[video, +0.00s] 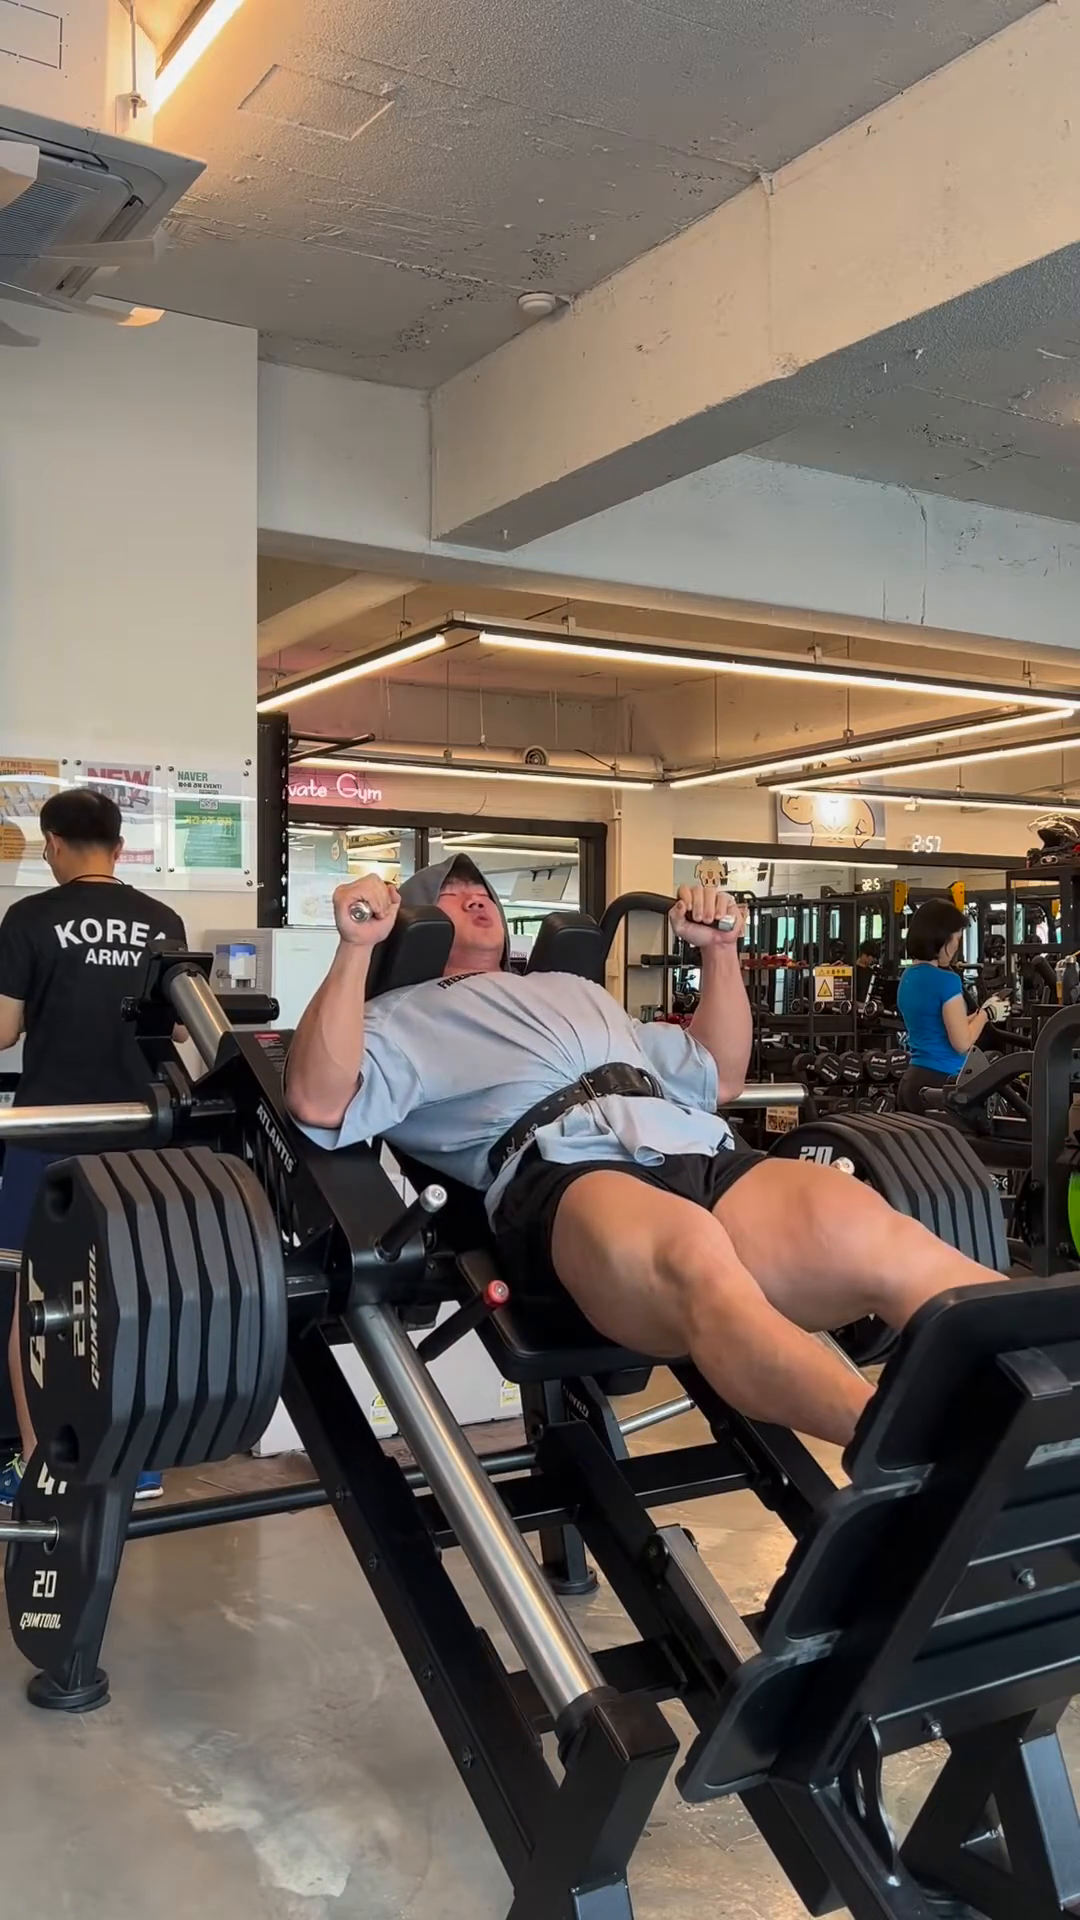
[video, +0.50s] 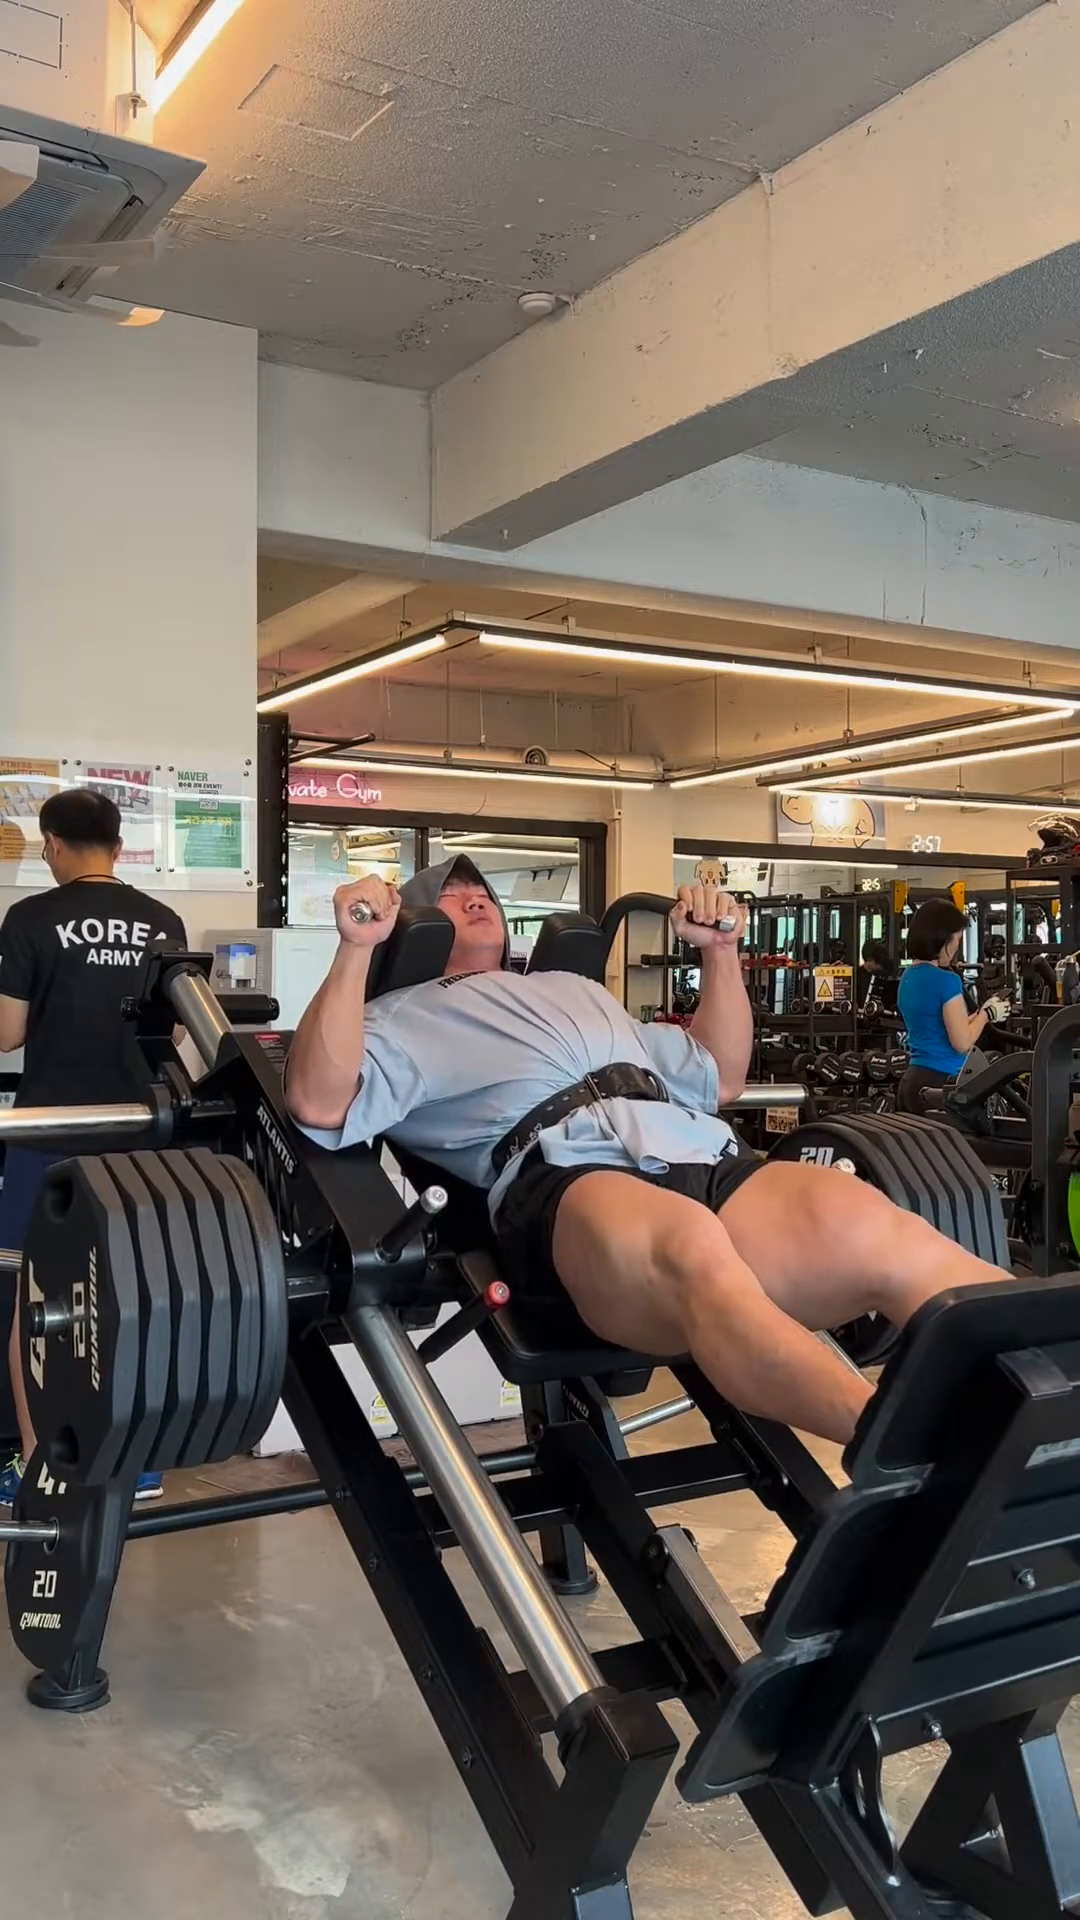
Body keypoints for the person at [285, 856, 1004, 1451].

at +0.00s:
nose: (480, 897)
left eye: (486, 891)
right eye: (457, 891)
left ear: (504, 920)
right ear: (419, 927)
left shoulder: (576, 990)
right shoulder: (405, 1017)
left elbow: (716, 1075)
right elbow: (317, 1103)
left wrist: (720, 955)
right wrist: (353, 953)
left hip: (697, 1153)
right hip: (564, 1174)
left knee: (862, 1223)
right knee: (699, 1268)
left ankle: (1052, 1347)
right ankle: (896, 1434)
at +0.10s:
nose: (476, 901)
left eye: (483, 894)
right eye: (454, 895)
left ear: (505, 921)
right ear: (421, 930)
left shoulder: (576, 991)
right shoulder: (405, 1017)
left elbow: (716, 1076)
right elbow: (317, 1102)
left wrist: (720, 954)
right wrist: (352, 952)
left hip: (696, 1151)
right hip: (565, 1171)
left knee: (859, 1221)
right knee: (700, 1270)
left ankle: (1052, 1350)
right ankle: (895, 1436)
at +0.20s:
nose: (474, 901)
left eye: (483, 894)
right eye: (453, 896)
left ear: (506, 921)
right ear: (420, 931)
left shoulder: (576, 990)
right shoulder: (405, 1017)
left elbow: (716, 1076)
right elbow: (317, 1102)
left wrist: (720, 955)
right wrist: (352, 952)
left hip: (694, 1151)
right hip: (563, 1170)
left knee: (859, 1221)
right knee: (700, 1268)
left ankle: (1053, 1348)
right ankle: (894, 1438)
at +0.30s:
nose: (478, 898)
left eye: (484, 891)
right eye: (456, 892)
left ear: (503, 919)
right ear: (419, 928)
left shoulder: (576, 990)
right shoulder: (405, 1017)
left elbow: (717, 1075)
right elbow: (317, 1102)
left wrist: (720, 954)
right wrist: (352, 954)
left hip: (695, 1151)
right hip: (563, 1172)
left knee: (859, 1223)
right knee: (699, 1269)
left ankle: (1054, 1346)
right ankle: (895, 1437)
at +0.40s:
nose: (476, 897)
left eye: (483, 890)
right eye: (454, 892)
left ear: (503, 918)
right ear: (420, 928)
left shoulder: (576, 990)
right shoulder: (404, 1017)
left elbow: (716, 1075)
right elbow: (317, 1102)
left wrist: (720, 954)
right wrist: (352, 954)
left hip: (698, 1154)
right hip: (564, 1173)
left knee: (858, 1221)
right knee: (699, 1267)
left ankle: (1055, 1347)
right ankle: (896, 1437)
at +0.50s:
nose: (470, 898)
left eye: (480, 893)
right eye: (449, 893)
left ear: (506, 923)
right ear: (418, 932)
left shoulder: (578, 990)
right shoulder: (406, 1017)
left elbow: (716, 1076)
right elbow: (317, 1103)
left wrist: (720, 956)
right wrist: (352, 953)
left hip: (701, 1158)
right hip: (566, 1174)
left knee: (863, 1219)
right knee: (698, 1264)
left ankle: (1057, 1348)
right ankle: (896, 1436)